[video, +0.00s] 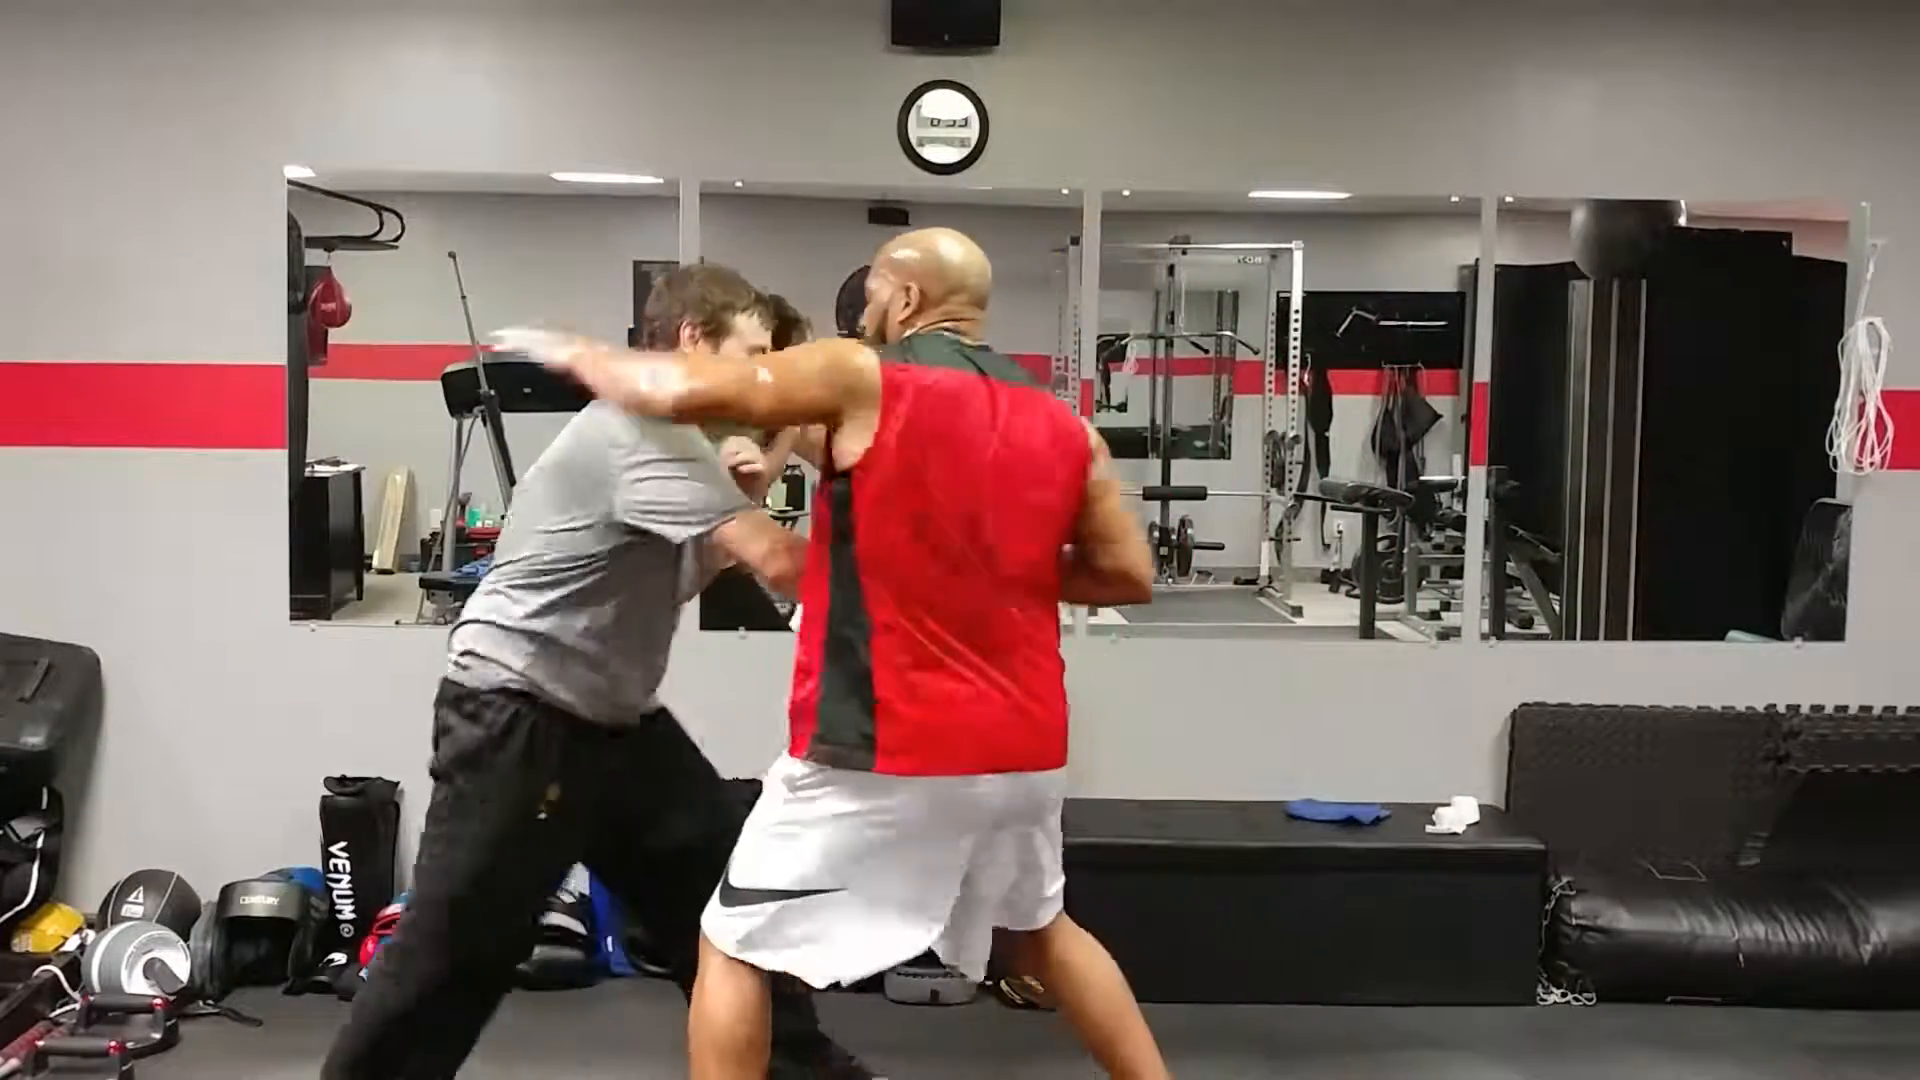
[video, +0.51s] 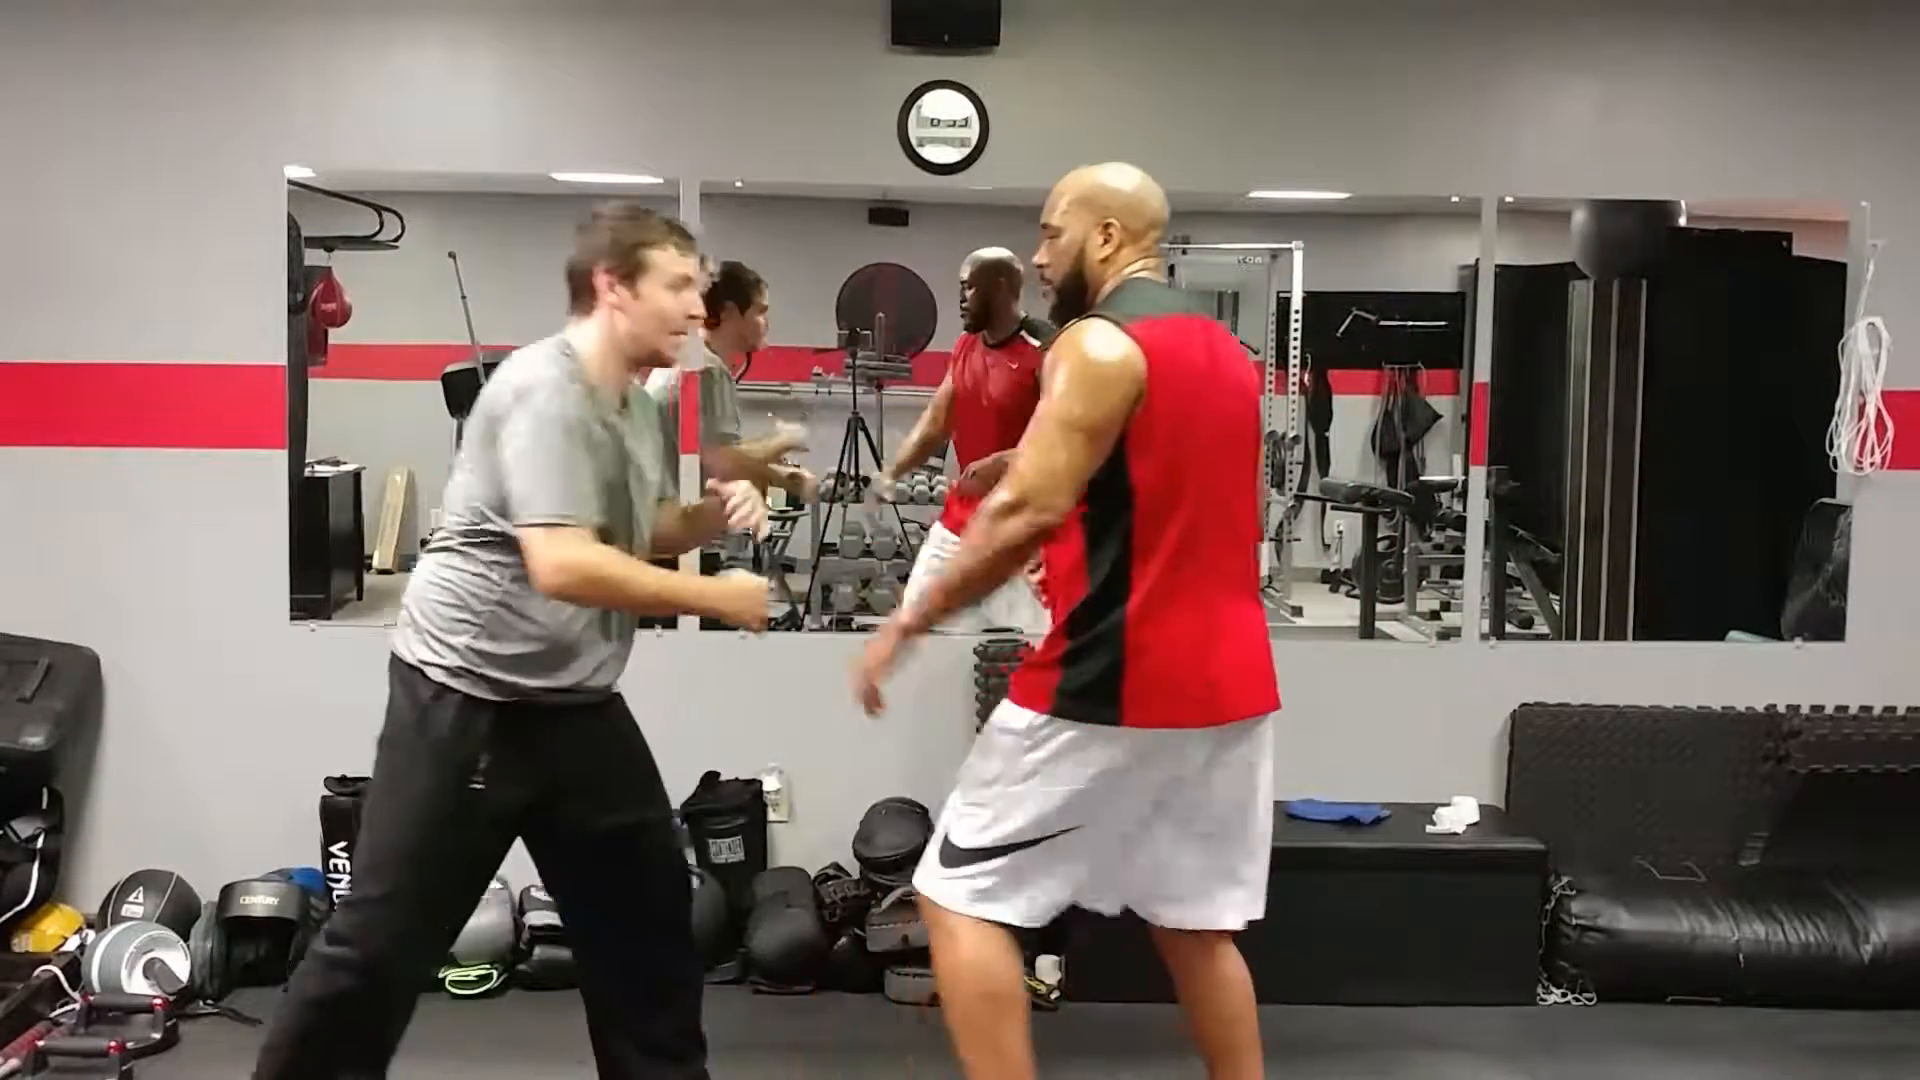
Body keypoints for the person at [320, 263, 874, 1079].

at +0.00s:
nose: (762, 374)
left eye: (766, 358)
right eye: (751, 352)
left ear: (688, 343)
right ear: (692, 339)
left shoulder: (679, 441)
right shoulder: (637, 428)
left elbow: (658, 582)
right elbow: (779, 559)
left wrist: (739, 522)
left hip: (616, 723)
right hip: (515, 714)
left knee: (733, 886)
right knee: (451, 956)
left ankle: (786, 1054)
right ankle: (360, 1077)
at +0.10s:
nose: (771, 402)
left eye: (775, 382)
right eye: (759, 376)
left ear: (695, 360)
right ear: (694, 358)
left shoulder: (682, 449)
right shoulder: (635, 441)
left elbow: (666, 591)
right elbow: (794, 568)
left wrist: (737, 521)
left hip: (606, 721)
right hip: (509, 725)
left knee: (729, 874)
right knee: (456, 966)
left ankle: (683, 1063)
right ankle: (354, 1076)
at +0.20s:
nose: (775, 389)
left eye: (783, 372)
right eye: (760, 364)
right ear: (698, 353)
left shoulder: (691, 441)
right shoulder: (642, 438)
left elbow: (675, 590)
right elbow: (787, 566)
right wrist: (905, 603)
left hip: (604, 715)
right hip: (508, 714)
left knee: (702, 884)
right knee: (478, 963)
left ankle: (648, 1066)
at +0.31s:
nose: (771, 368)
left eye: (777, 349)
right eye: (759, 343)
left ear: (699, 337)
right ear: (695, 333)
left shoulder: (688, 427)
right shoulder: (634, 422)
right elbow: (737, 570)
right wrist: (878, 616)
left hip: (605, 707)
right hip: (498, 699)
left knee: (686, 918)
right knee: (465, 950)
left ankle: (660, 1072)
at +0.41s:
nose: (747, 333)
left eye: (750, 315)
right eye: (730, 310)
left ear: (677, 315)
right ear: (664, 307)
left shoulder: (662, 408)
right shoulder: (599, 395)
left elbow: (672, 562)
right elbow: (659, 569)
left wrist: (737, 501)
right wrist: (793, 609)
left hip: (593, 698)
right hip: (485, 690)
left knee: (668, 928)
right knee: (416, 944)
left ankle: (662, 1077)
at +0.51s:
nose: (698, 308)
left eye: (699, 289)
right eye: (679, 286)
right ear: (612, 290)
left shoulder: (644, 408)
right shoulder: (542, 387)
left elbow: (645, 540)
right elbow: (561, 564)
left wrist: (710, 516)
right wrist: (709, 594)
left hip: (575, 701)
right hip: (460, 696)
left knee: (647, 927)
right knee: (377, 948)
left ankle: (661, 1074)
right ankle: (293, 1078)